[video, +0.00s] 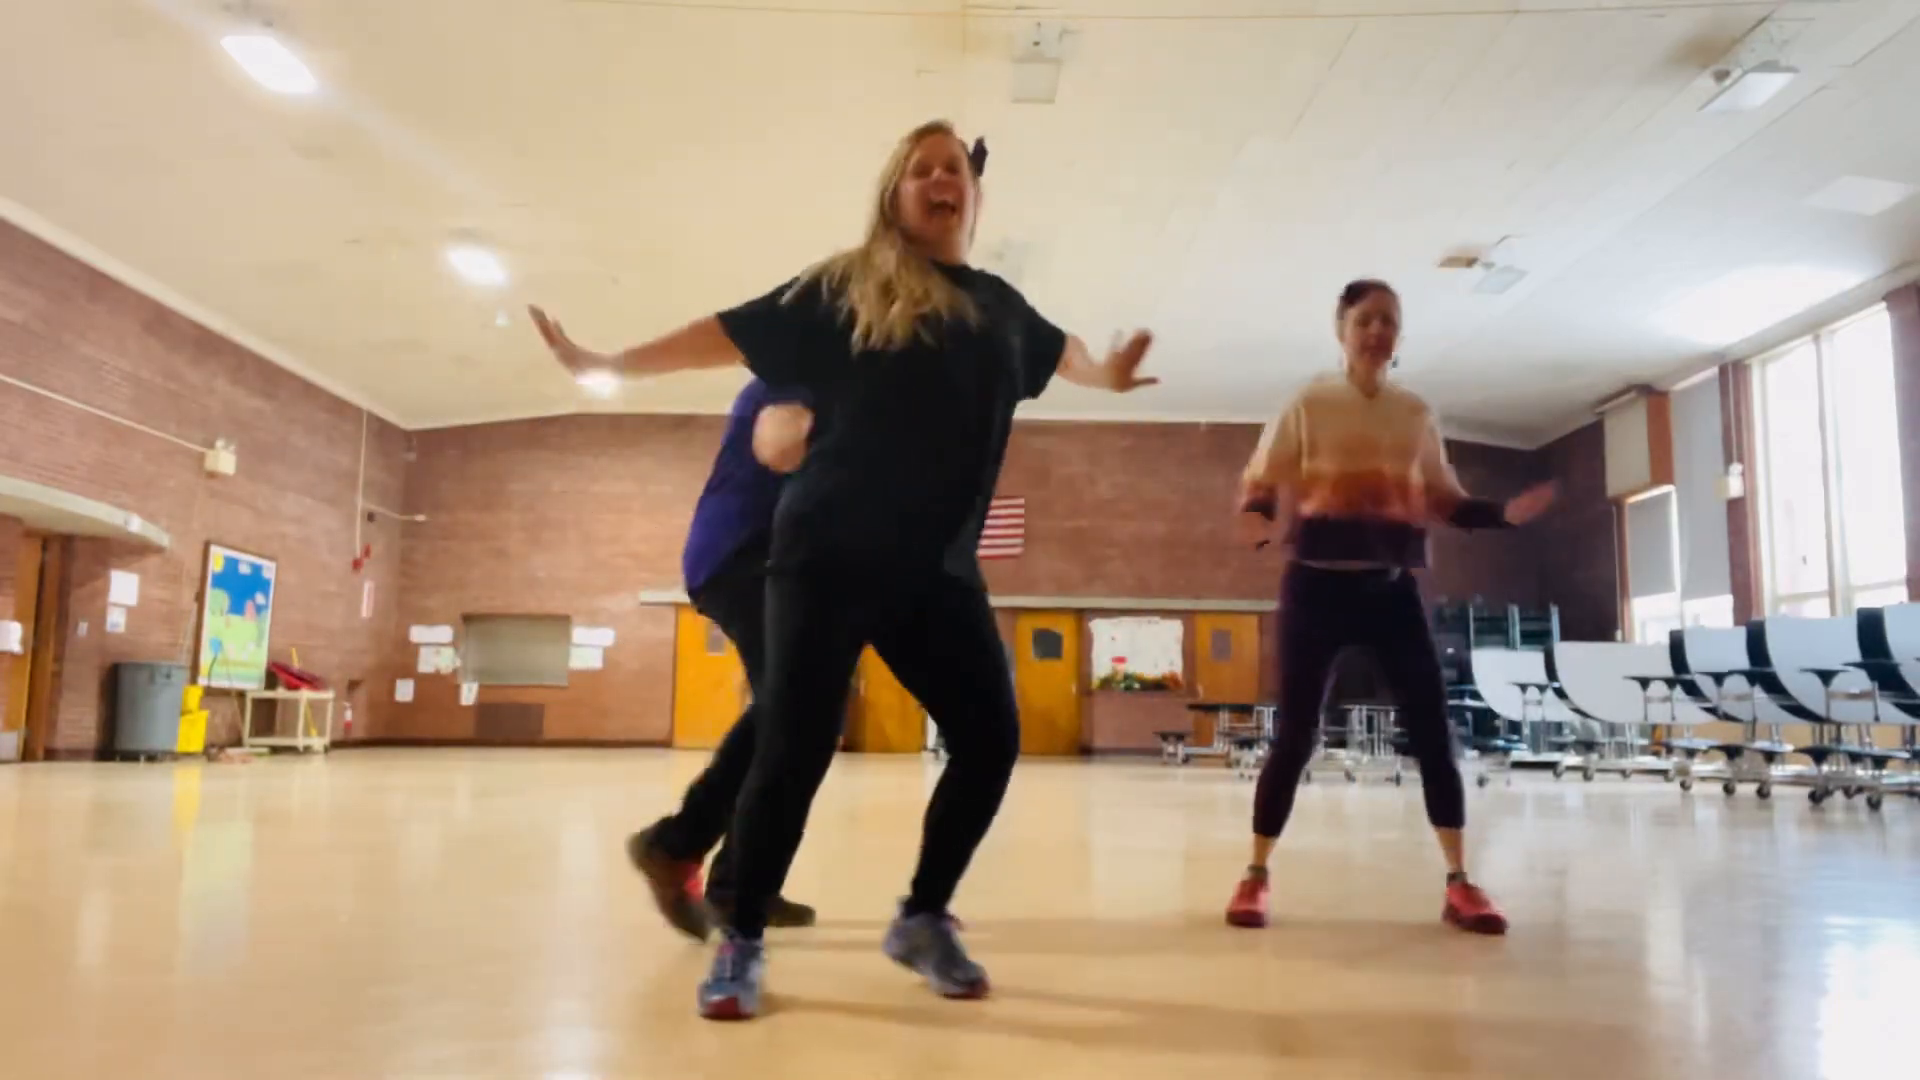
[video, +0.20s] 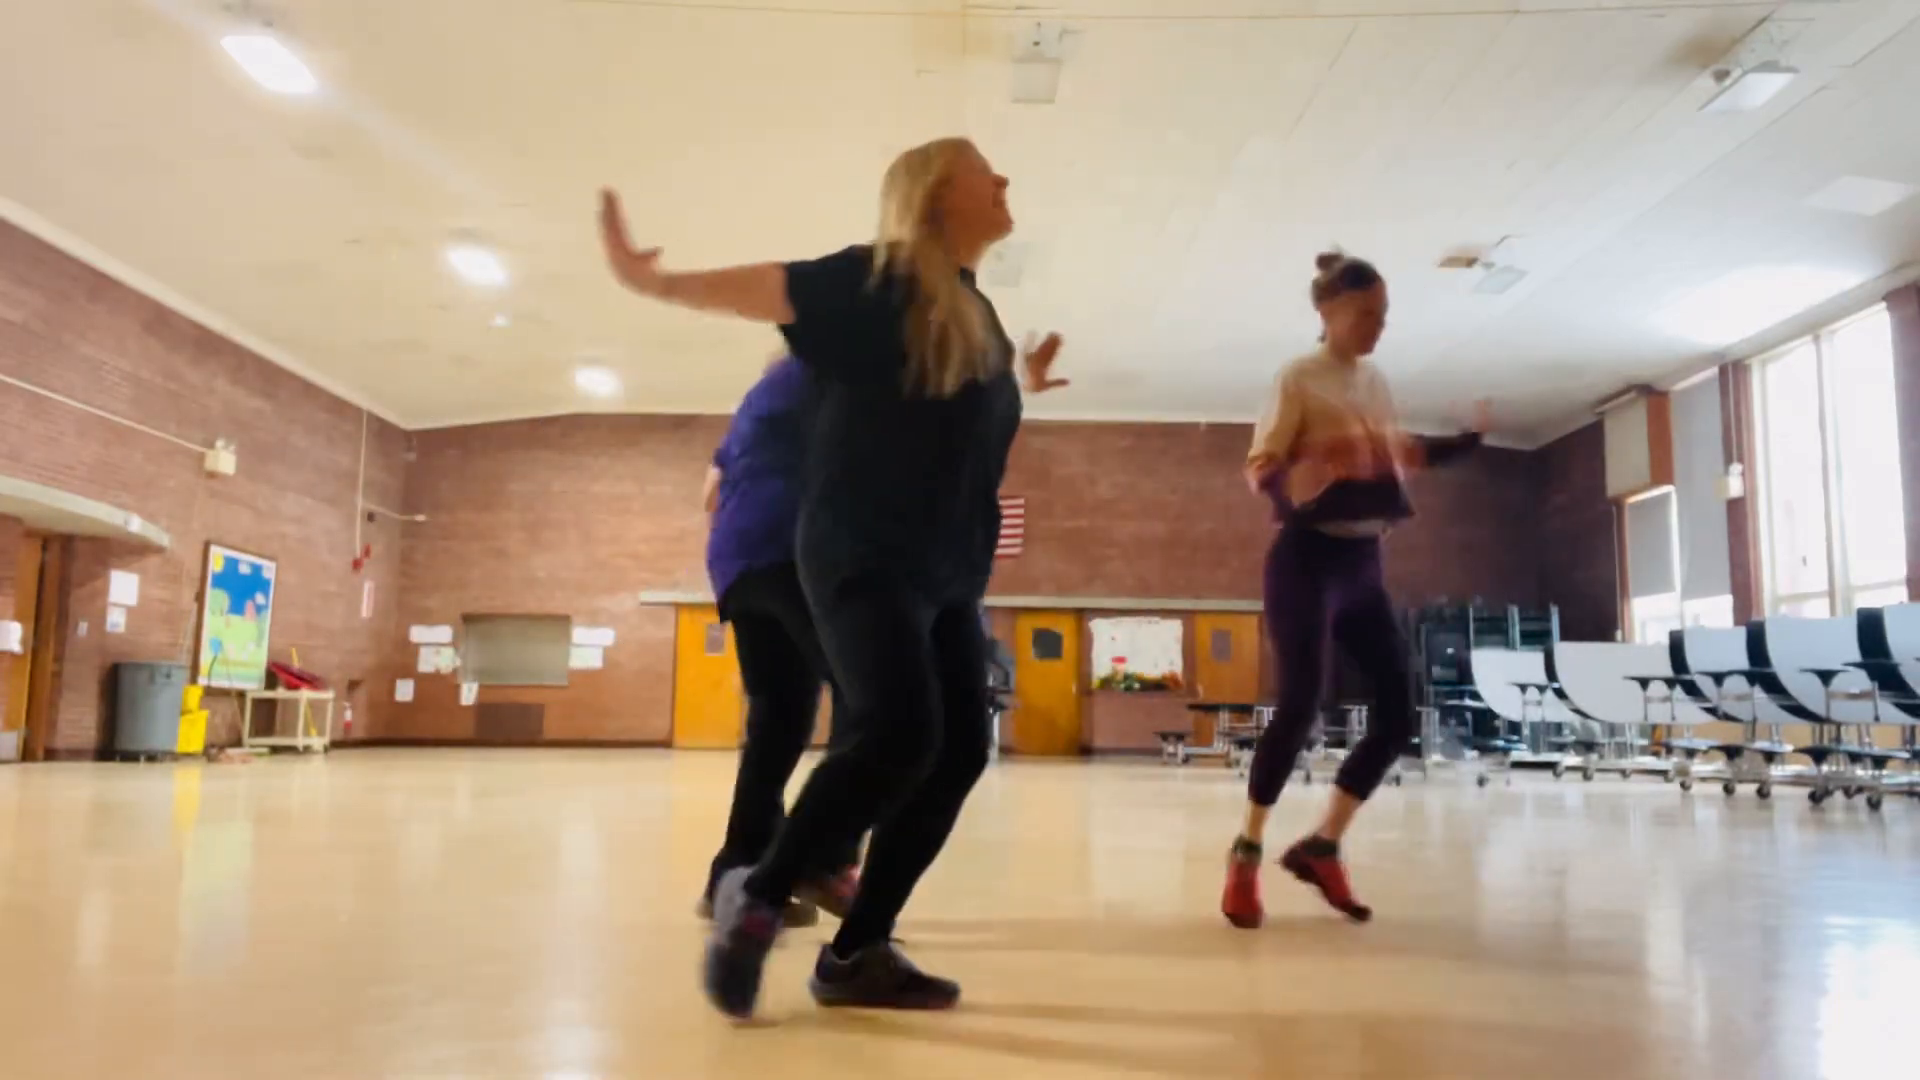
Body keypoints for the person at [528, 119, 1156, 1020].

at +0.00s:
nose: (942, 180)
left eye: (956, 169)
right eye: (925, 169)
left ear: (977, 194)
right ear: (894, 195)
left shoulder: (999, 306)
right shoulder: (844, 288)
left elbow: (1066, 353)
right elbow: (721, 335)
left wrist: (1112, 371)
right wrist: (603, 362)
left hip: (932, 564)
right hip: (823, 550)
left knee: (989, 739)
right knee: (797, 742)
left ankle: (923, 918)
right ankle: (738, 940)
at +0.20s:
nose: (1005, 190)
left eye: (997, 177)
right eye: (988, 178)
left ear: (954, 200)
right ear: (940, 197)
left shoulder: (972, 309)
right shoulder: (868, 280)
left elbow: (952, 408)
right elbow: (763, 290)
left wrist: (1022, 383)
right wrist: (650, 279)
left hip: (942, 573)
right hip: (859, 562)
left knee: (957, 751)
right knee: (891, 736)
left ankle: (861, 950)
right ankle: (755, 902)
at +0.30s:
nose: (1004, 188)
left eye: (996, 173)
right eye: (988, 173)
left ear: (953, 193)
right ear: (948, 189)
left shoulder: (977, 296)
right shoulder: (907, 262)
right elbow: (824, 267)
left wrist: (984, 508)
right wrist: (738, 249)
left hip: (921, 546)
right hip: (861, 540)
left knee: (926, 727)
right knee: (951, 708)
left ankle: (867, 934)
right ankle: (824, 915)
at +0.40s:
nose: (863, 368)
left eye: (864, 359)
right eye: (861, 357)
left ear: (791, 348)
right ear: (843, 351)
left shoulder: (746, 408)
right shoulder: (849, 392)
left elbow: (715, 511)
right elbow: (878, 480)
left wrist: (780, 497)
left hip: (757, 585)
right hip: (832, 580)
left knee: (798, 730)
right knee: (874, 730)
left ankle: (768, 888)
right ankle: (855, 887)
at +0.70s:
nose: (805, 349)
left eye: (786, 340)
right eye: (823, 338)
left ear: (773, 344)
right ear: (839, 340)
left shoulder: (749, 399)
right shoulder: (869, 387)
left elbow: (726, 486)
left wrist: (687, 551)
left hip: (789, 584)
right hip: (875, 577)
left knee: (800, 731)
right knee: (930, 732)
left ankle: (781, 890)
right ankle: (962, 885)